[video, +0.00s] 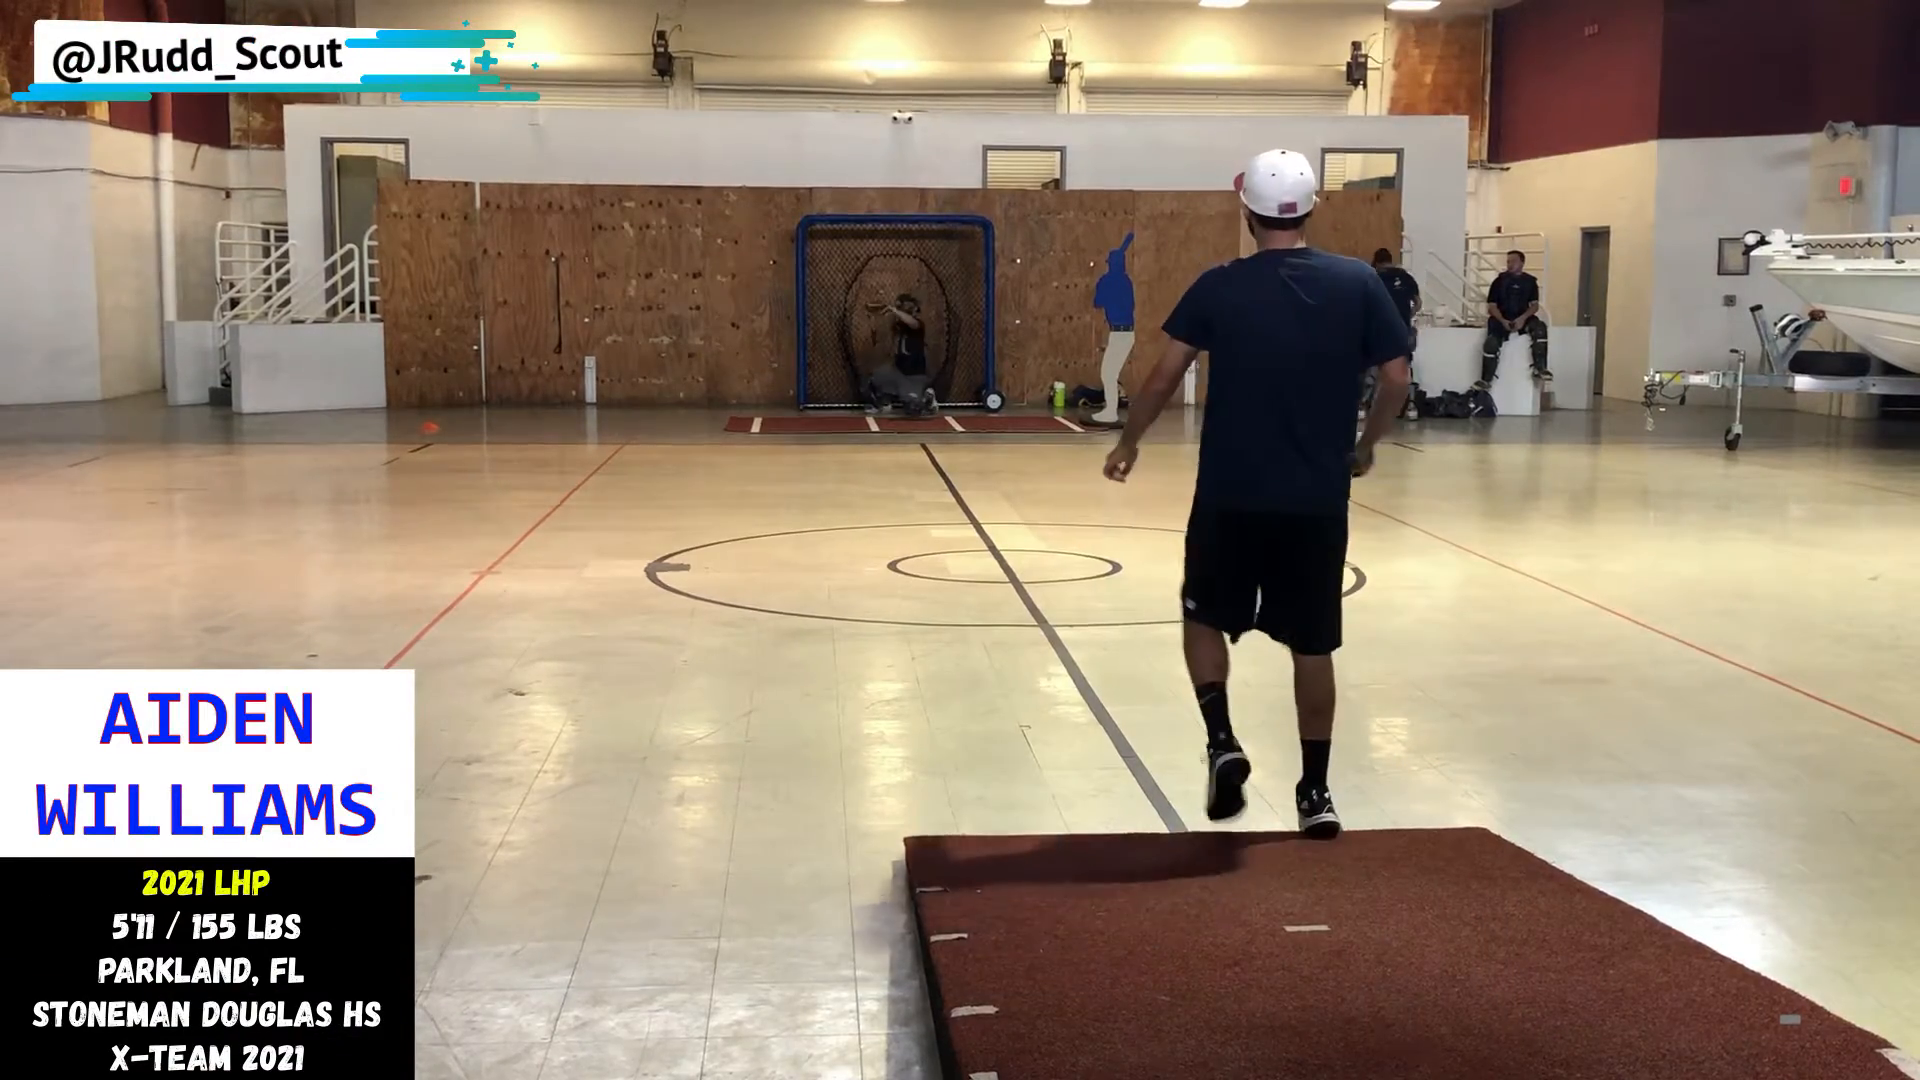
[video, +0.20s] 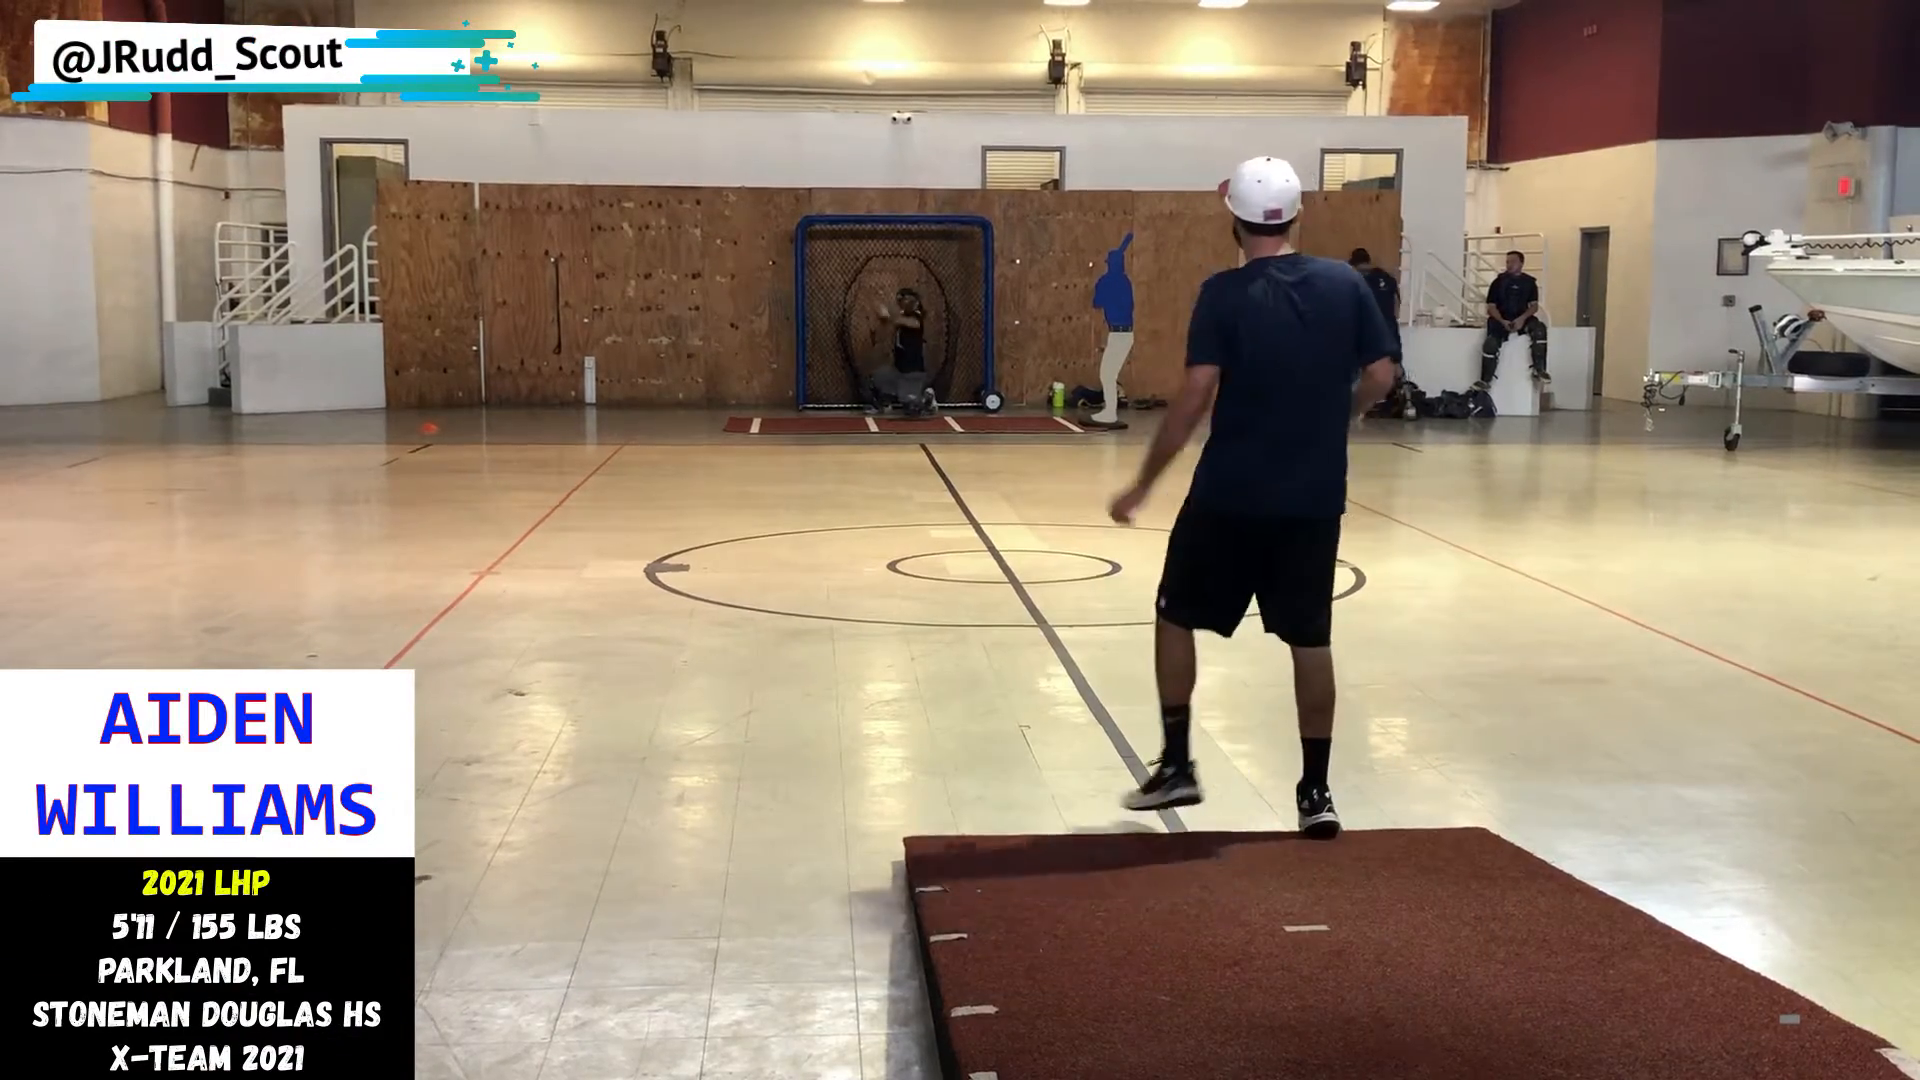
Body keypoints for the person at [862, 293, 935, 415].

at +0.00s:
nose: (900, 311)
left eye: (904, 307)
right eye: (899, 308)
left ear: (914, 309)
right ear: (897, 310)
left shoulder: (918, 325)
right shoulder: (898, 325)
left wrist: (894, 311)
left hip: (914, 374)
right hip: (898, 369)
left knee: (911, 409)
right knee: (875, 379)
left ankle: (928, 399)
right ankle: (884, 403)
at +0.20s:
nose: (904, 303)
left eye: (908, 300)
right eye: (903, 300)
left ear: (916, 303)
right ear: (900, 303)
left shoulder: (916, 320)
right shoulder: (902, 317)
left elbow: (898, 321)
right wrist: (884, 315)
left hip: (913, 372)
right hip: (898, 369)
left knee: (909, 409)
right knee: (875, 379)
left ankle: (927, 399)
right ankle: (884, 403)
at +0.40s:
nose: (893, 328)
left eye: (896, 325)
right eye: (890, 325)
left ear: (901, 325)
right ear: (885, 324)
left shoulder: (908, 339)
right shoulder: (875, 339)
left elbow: (918, 358)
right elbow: (868, 359)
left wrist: (900, 362)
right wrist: (882, 353)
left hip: (903, 382)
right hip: (883, 381)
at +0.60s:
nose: (890, 319)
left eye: (893, 316)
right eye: (886, 316)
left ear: (898, 315)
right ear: (881, 315)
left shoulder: (905, 328)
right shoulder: (872, 327)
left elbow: (916, 349)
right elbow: (863, 346)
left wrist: (901, 355)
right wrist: (878, 343)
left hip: (898, 370)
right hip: (877, 370)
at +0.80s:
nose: (882, 326)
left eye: (885, 323)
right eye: (878, 323)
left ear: (889, 322)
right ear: (873, 321)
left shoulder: (896, 333)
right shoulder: (866, 332)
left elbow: (909, 353)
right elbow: (850, 354)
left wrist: (895, 362)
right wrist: (870, 352)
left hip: (890, 367)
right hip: (868, 369)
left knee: (907, 371)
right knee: (848, 370)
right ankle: (839, 402)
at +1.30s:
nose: (873, 339)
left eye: (876, 336)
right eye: (870, 336)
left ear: (881, 336)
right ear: (865, 335)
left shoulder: (888, 348)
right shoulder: (856, 346)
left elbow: (899, 367)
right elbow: (840, 362)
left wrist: (891, 378)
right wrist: (863, 363)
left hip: (882, 380)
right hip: (860, 382)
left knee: (902, 378)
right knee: (842, 374)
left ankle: (912, 403)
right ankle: (839, 404)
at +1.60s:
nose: (874, 341)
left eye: (877, 337)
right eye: (871, 337)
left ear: (882, 337)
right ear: (866, 336)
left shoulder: (889, 349)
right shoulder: (858, 347)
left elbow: (900, 368)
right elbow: (840, 363)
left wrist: (894, 385)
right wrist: (863, 365)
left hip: (885, 384)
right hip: (862, 383)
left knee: (902, 377)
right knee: (844, 373)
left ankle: (912, 403)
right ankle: (839, 403)